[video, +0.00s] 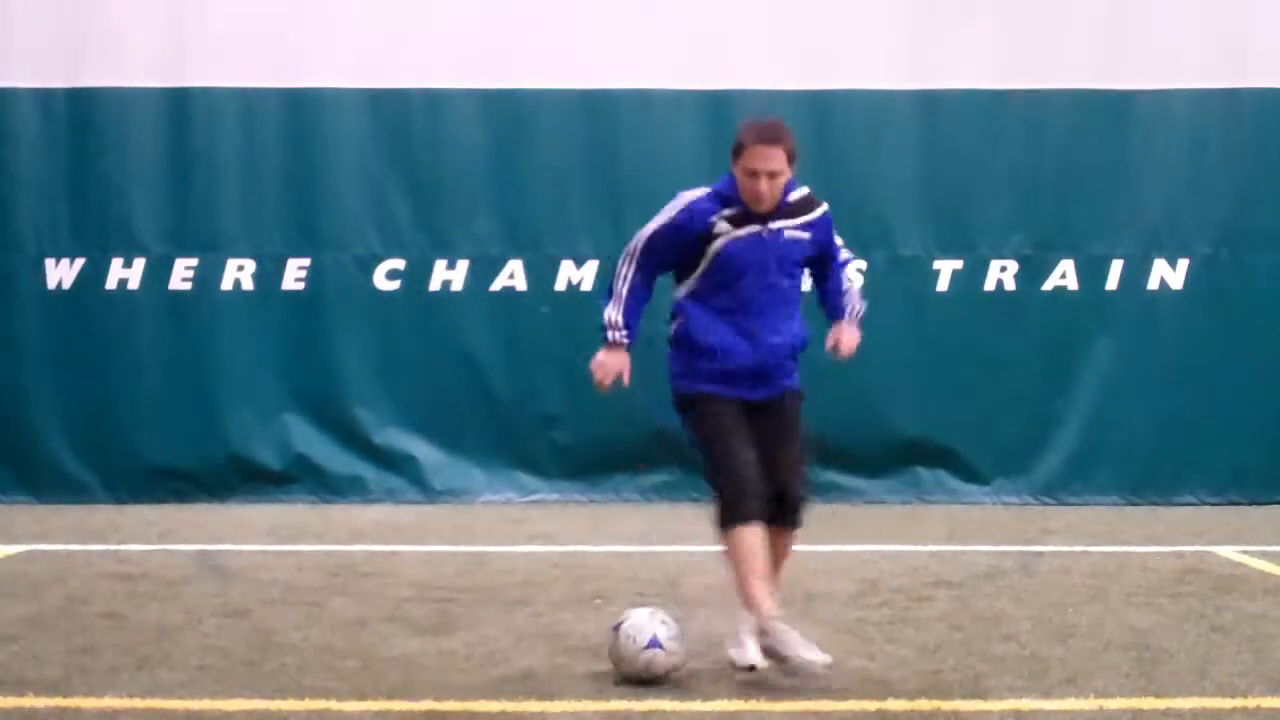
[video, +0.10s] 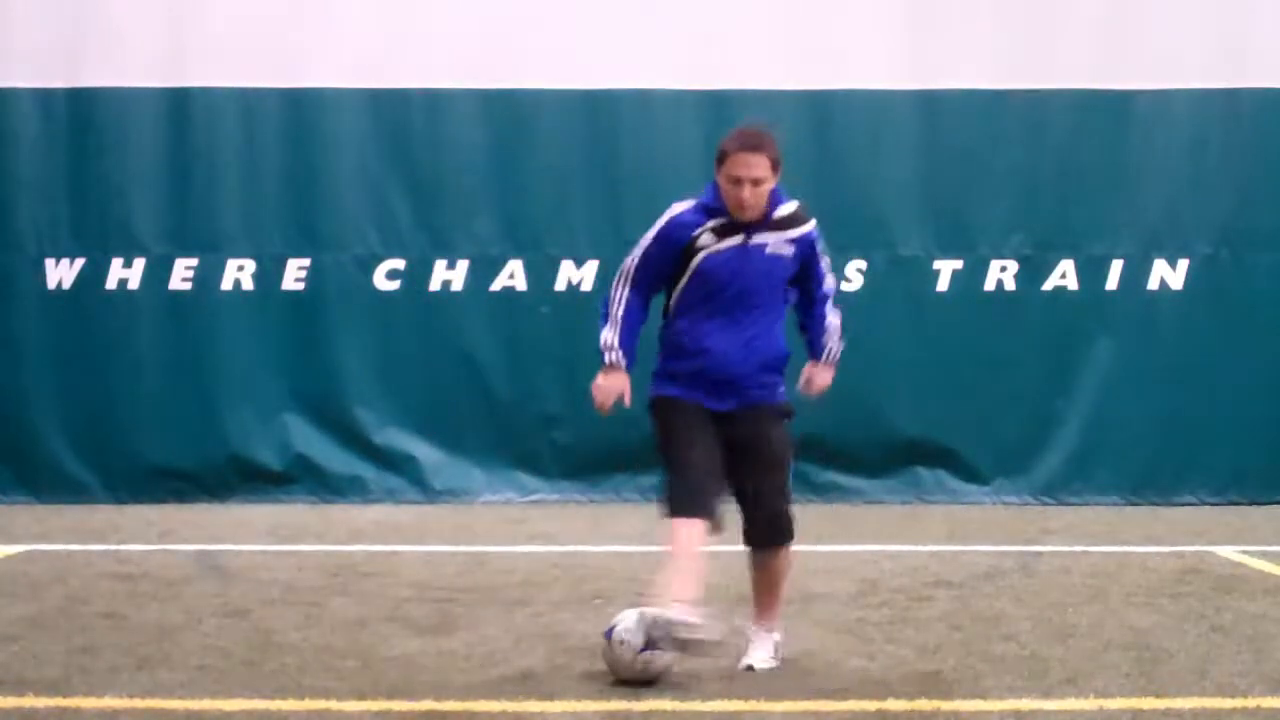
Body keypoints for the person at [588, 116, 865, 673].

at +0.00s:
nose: (763, 188)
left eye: (774, 176)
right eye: (752, 175)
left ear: (790, 171)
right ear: (734, 169)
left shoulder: (810, 212)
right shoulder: (701, 212)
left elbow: (837, 266)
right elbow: (638, 260)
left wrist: (846, 316)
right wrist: (616, 340)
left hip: (777, 377)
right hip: (709, 379)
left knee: (786, 494)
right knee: (743, 488)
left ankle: (752, 624)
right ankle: (770, 624)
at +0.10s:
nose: (746, 195)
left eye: (757, 183)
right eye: (735, 182)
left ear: (775, 179)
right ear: (718, 177)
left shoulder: (797, 229)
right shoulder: (685, 224)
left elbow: (820, 296)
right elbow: (631, 284)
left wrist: (824, 355)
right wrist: (614, 362)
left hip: (758, 394)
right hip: (685, 390)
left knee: (770, 519)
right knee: (691, 493)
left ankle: (765, 633)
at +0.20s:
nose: (717, 198)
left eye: (727, 186)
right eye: (707, 187)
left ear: (749, 185)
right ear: (693, 187)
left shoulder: (777, 237)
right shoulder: (661, 236)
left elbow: (799, 301)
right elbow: (623, 303)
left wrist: (812, 360)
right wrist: (600, 364)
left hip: (747, 407)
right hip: (668, 401)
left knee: (767, 525)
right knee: (628, 493)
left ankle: (765, 634)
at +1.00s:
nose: (476, 238)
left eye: (487, 225)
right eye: (467, 226)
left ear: (511, 216)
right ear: (454, 219)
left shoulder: (544, 268)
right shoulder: (446, 250)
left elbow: (591, 342)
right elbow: (418, 287)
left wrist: (612, 416)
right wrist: (382, 313)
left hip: (542, 416)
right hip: (494, 415)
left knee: (476, 523)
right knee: (495, 530)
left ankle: (495, 650)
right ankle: (617, 541)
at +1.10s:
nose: (473, 251)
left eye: (483, 238)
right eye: (462, 239)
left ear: (504, 229)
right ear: (448, 231)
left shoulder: (539, 277)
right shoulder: (436, 260)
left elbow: (584, 346)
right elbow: (405, 297)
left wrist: (607, 421)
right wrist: (372, 322)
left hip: (540, 422)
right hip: (488, 423)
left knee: (472, 525)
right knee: (484, 535)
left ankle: (496, 649)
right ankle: (608, 538)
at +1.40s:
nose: (509, 201)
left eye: (517, 187)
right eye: (496, 190)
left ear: (535, 181)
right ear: (479, 188)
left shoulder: (574, 226)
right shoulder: (461, 237)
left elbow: (628, 279)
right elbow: (430, 297)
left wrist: (640, 357)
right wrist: (413, 362)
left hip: (577, 391)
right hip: (506, 398)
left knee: (574, 495)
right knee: (488, 519)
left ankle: (574, 606)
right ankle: (490, 630)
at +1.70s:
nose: (615, 153)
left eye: (625, 143)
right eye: (604, 143)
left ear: (640, 144)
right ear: (584, 146)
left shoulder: (673, 195)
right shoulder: (553, 195)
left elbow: (708, 264)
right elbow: (518, 252)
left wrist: (715, 326)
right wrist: (506, 309)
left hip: (658, 362)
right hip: (580, 364)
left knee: (702, 478)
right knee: (548, 468)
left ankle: (730, 603)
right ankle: (565, 585)